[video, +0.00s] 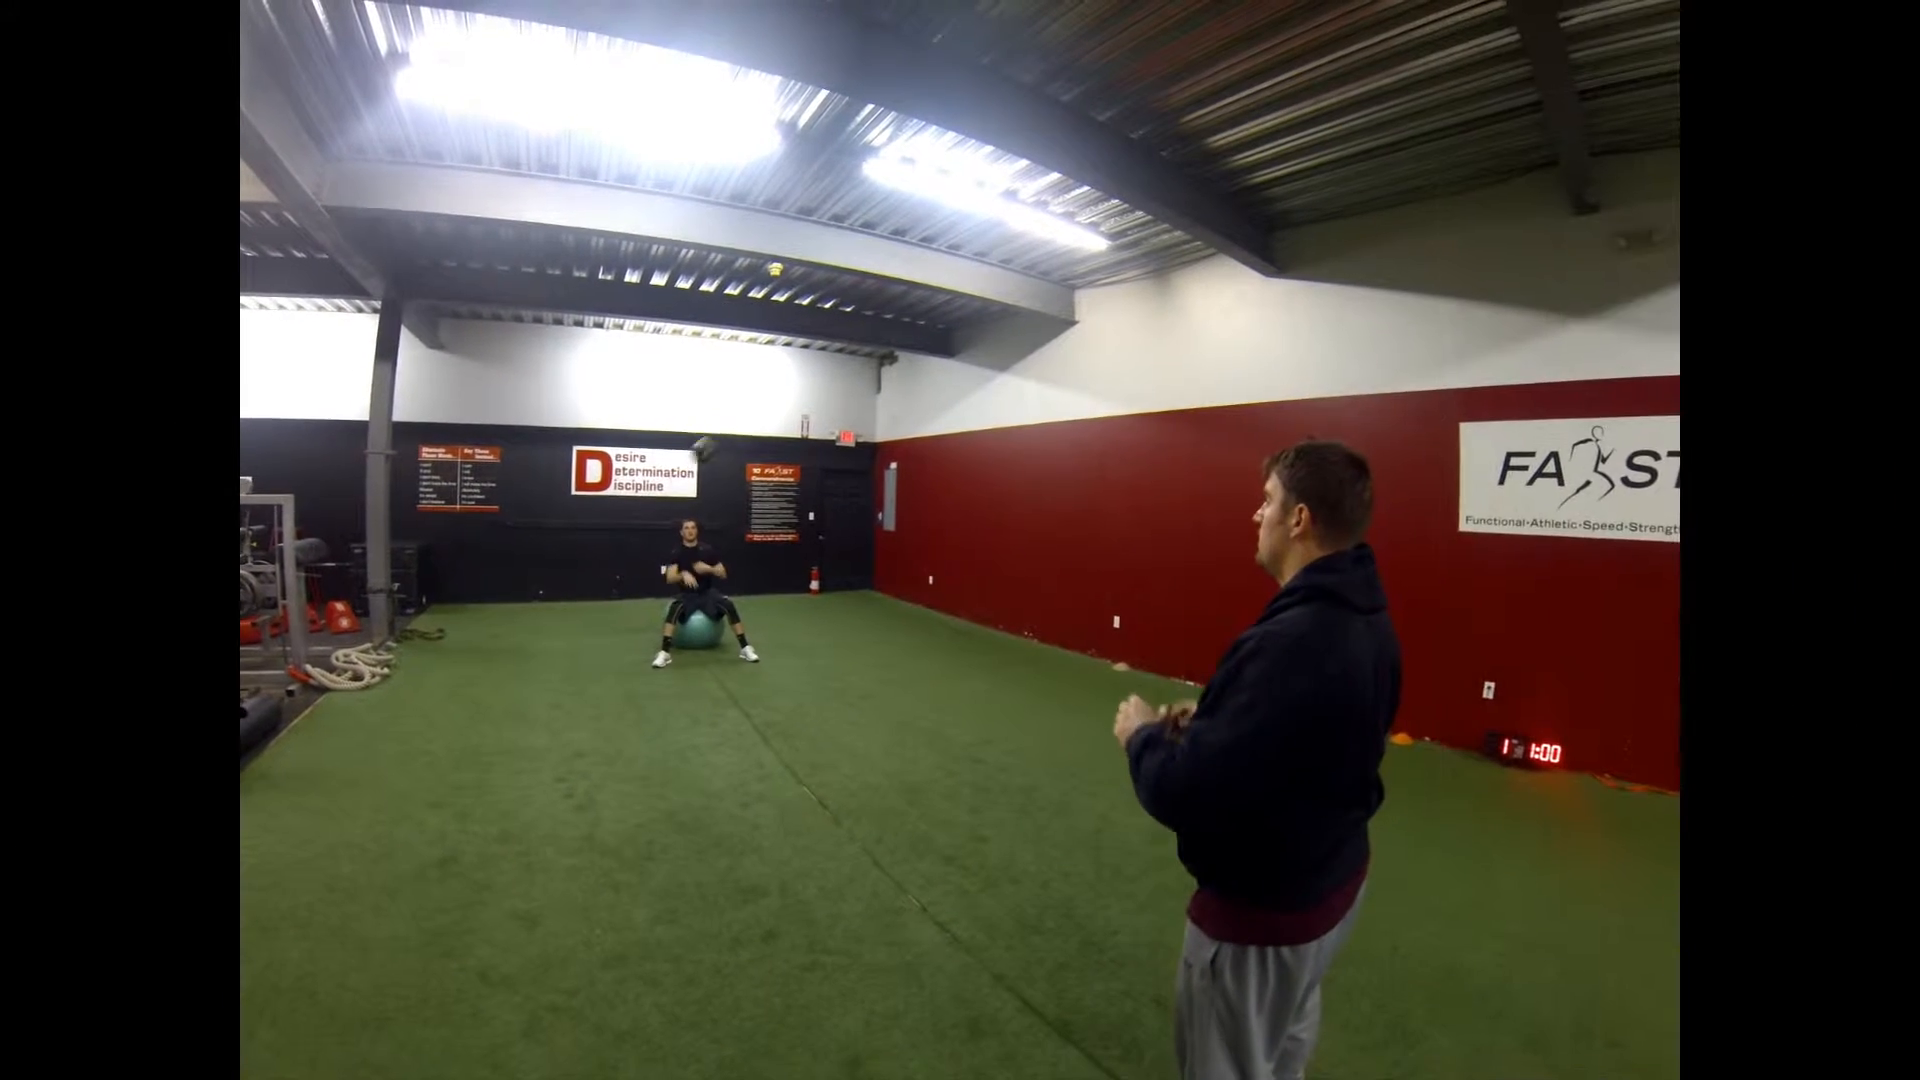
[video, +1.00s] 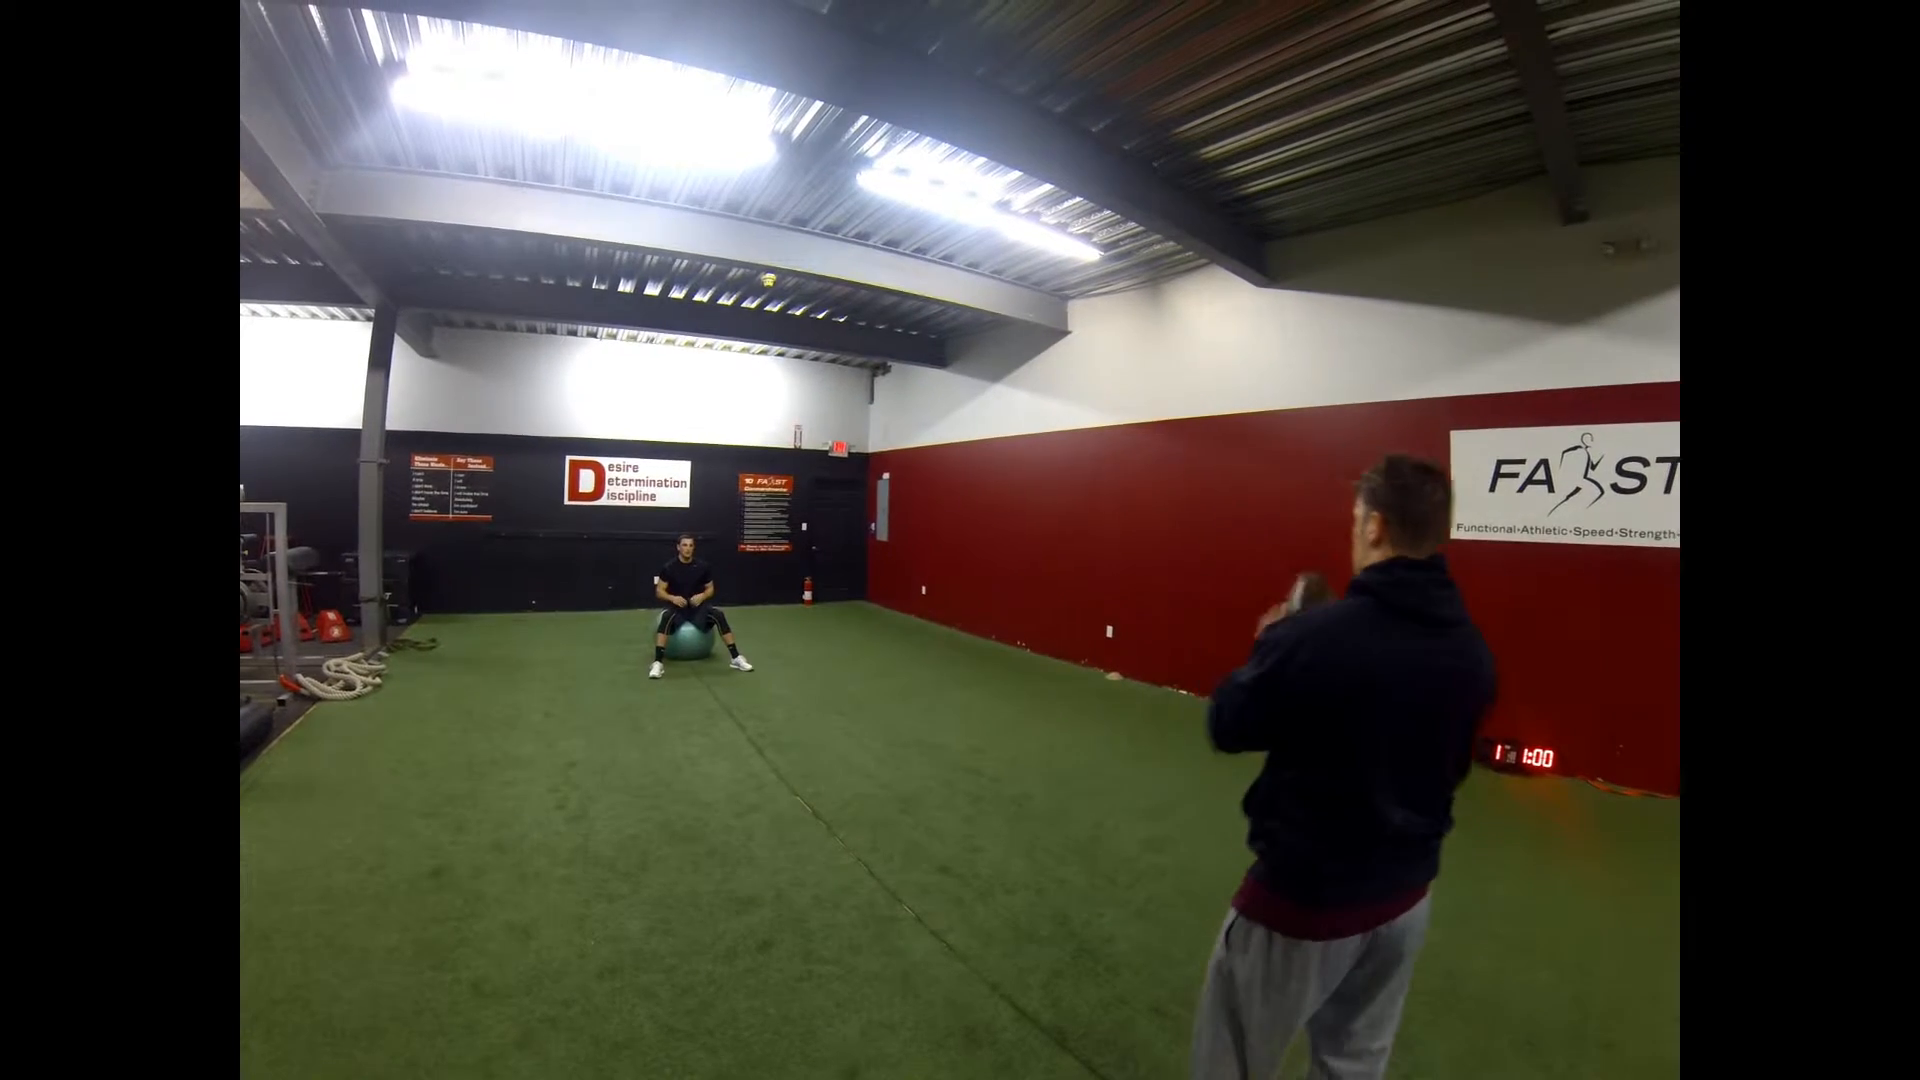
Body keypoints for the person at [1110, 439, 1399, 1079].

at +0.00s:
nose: (1256, 517)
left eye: (1266, 502)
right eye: (1261, 501)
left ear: (1300, 519)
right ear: (1345, 523)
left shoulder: (1287, 643)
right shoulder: (1365, 620)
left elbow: (1186, 792)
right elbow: (1313, 748)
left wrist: (1141, 740)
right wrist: (1210, 722)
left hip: (1255, 918)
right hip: (1328, 891)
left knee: (1221, 1065)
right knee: (1284, 1053)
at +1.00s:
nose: (1352, 531)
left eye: (1355, 518)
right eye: (1355, 519)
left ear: (1371, 526)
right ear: (1442, 534)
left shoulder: (1320, 637)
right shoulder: (1468, 649)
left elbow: (1229, 728)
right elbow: (1447, 765)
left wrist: (1268, 647)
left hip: (1300, 909)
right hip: (1402, 904)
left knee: (1227, 1065)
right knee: (1355, 1066)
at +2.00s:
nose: (1248, 556)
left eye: (1253, 543)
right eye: (1250, 543)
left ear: (1276, 546)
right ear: (1328, 549)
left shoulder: (1238, 645)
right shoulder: (1344, 623)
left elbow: (1141, 704)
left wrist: (1174, 628)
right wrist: (1402, 550)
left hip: (1221, 871)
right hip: (1307, 859)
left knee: (1155, 957)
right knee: (1299, 1006)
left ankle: (1136, 1056)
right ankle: (1314, 1073)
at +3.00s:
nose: (1287, 563)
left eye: (1292, 547)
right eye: (1288, 547)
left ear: (1320, 548)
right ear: (1340, 547)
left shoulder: (1334, 644)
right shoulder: (1386, 628)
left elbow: (1286, 776)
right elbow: (1360, 740)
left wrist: (1197, 792)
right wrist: (1278, 744)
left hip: (1297, 874)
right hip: (1362, 859)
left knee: (1220, 983)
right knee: (1325, 990)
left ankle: (1151, 1063)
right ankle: (1304, 1074)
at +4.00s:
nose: (1304, 544)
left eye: (1316, 528)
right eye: (1310, 528)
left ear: (1353, 546)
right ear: (1363, 547)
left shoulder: (1347, 666)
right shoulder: (1414, 645)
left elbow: (1262, 847)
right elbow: (1368, 775)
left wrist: (1196, 806)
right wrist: (1268, 767)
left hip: (1306, 957)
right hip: (1373, 931)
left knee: (1266, 1069)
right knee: (1313, 1066)